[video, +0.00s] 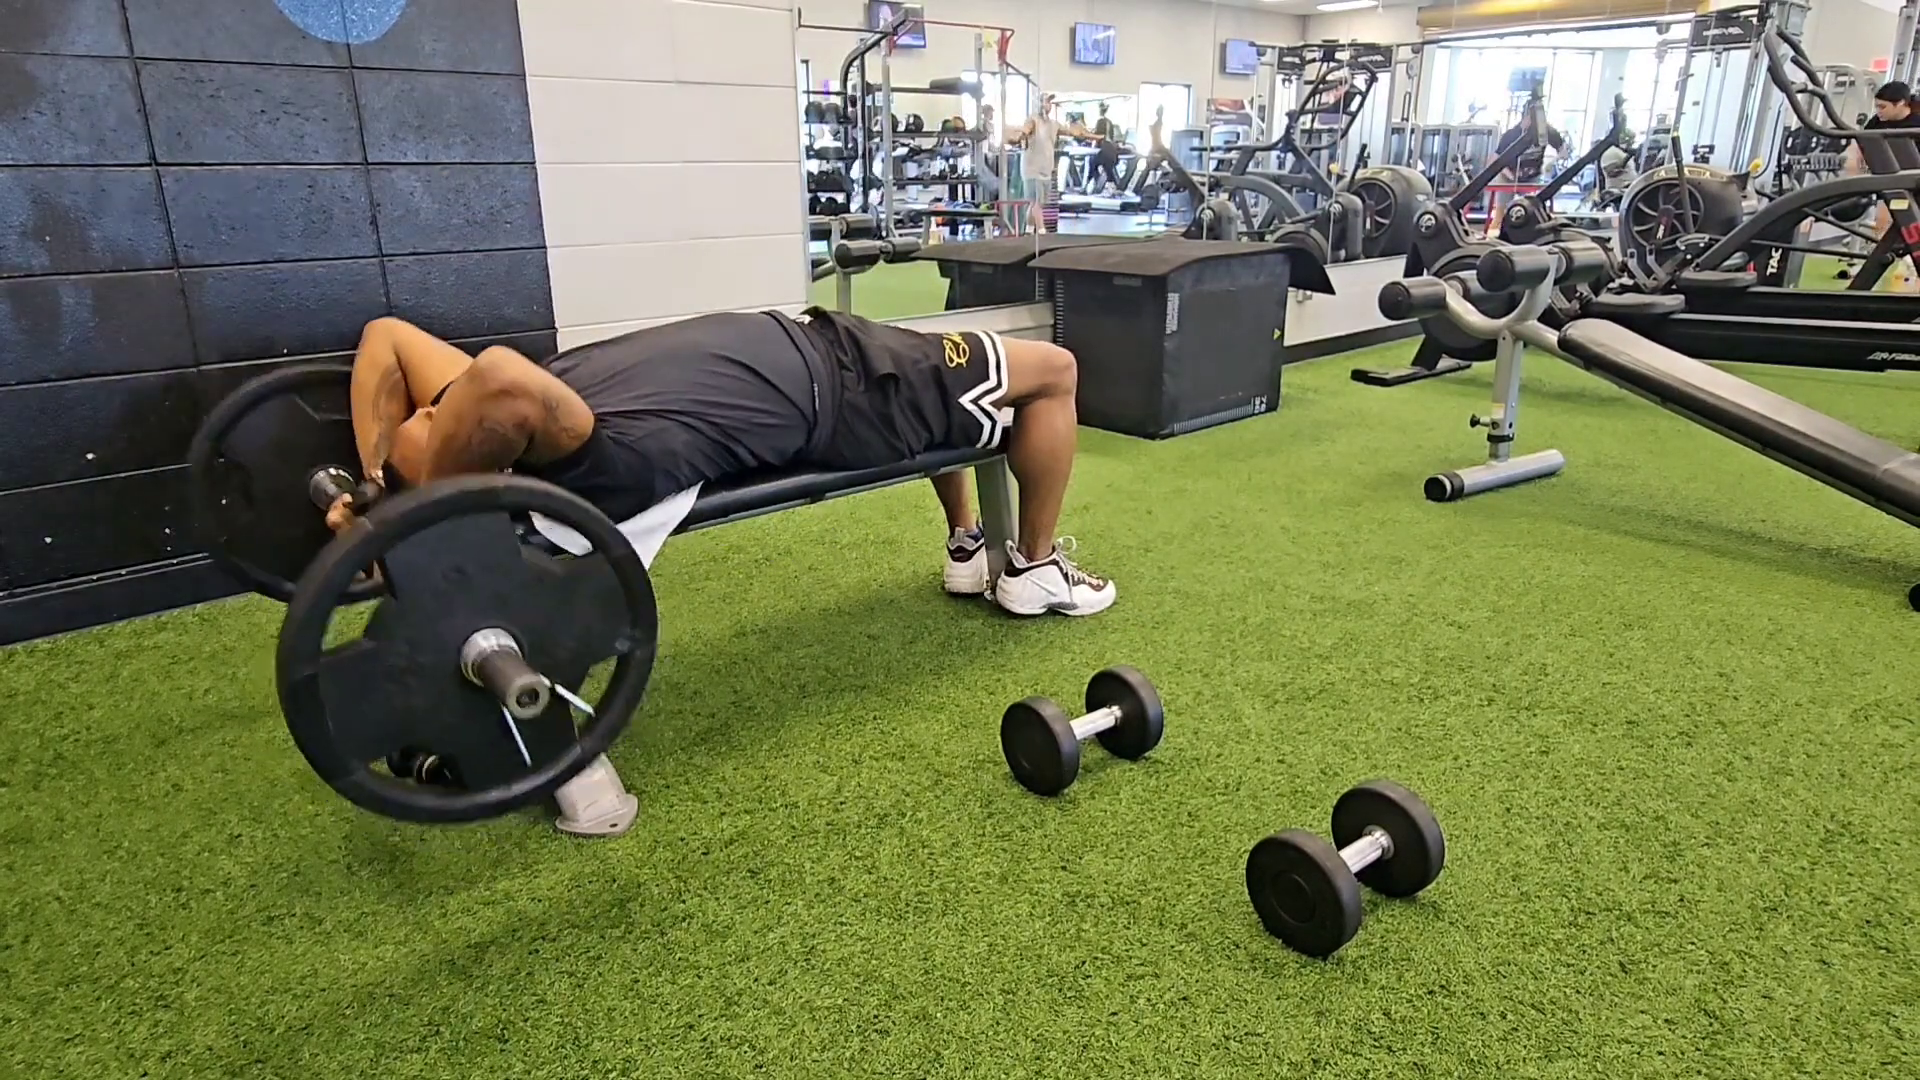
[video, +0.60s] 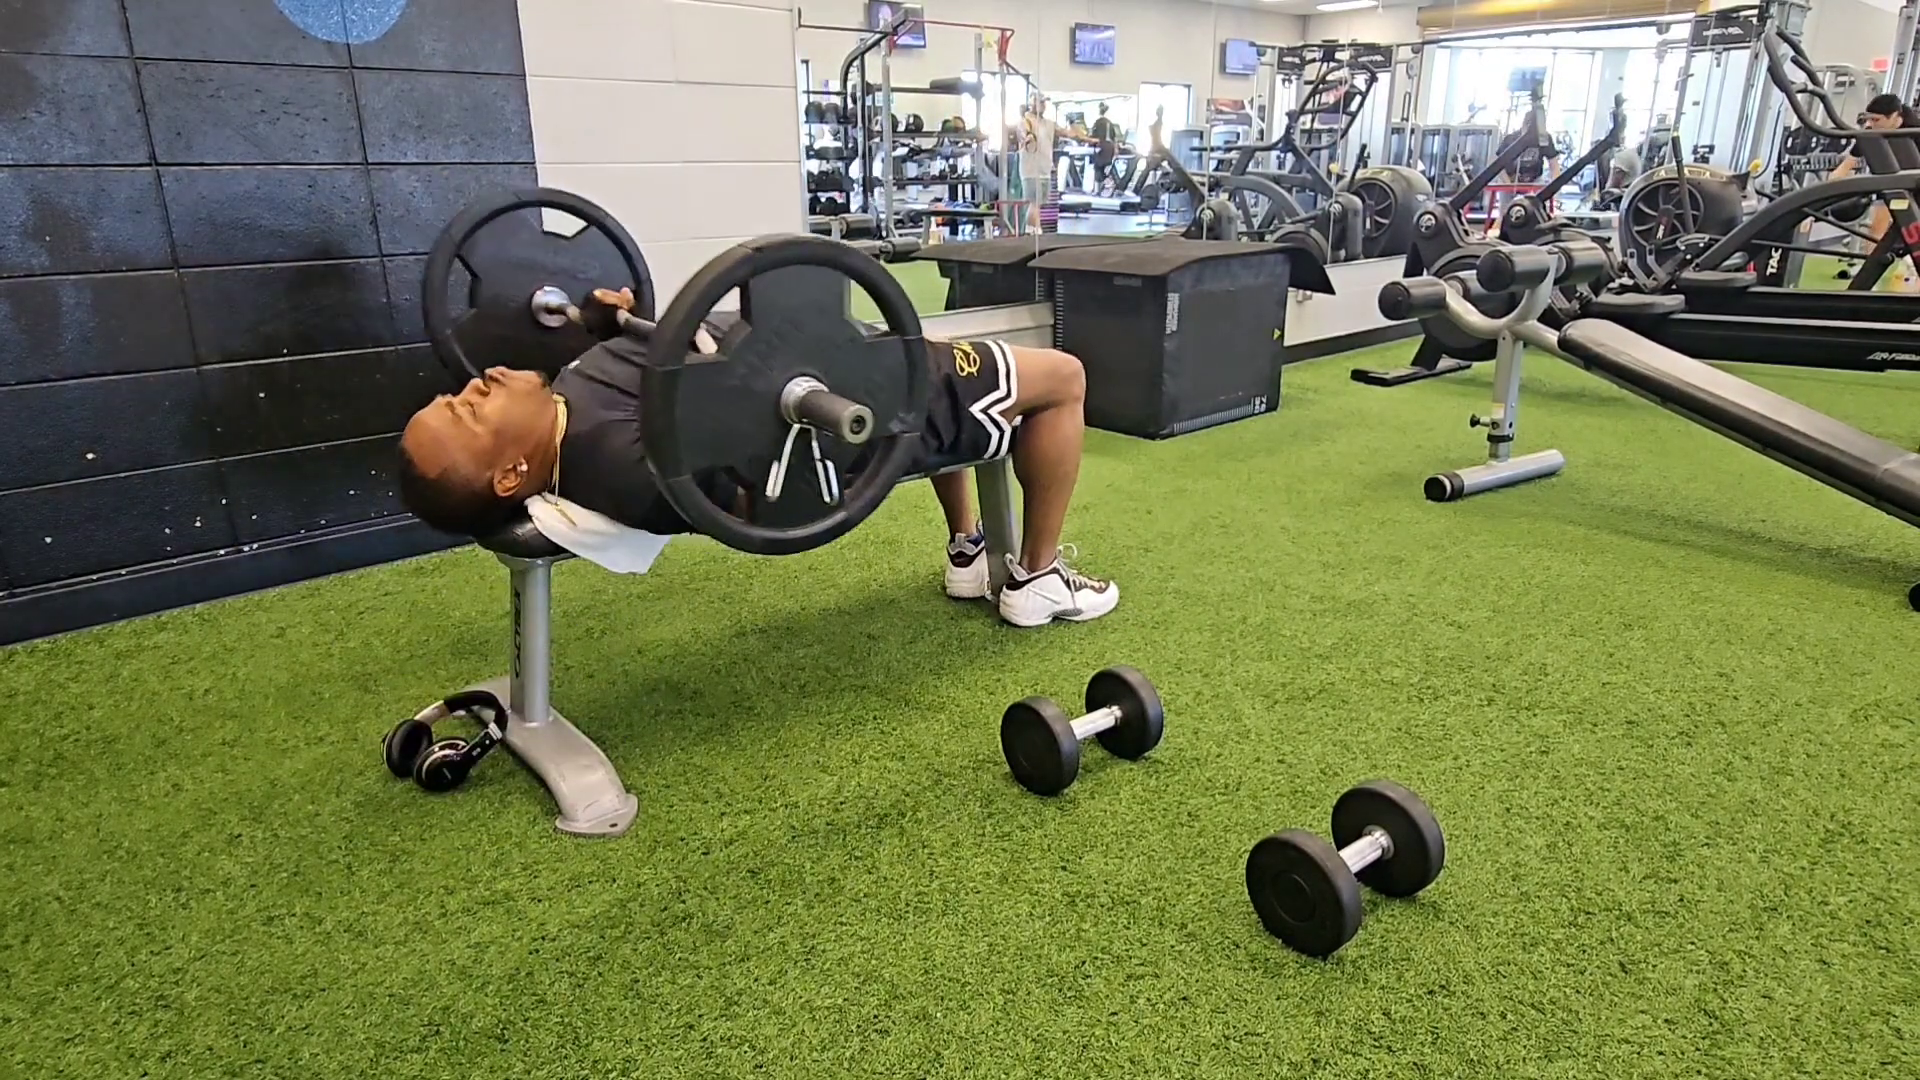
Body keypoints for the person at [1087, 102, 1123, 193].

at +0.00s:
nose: (1100, 110)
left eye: (1101, 108)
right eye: (1101, 108)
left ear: (1100, 109)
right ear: (1106, 110)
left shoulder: (1101, 121)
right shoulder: (1109, 122)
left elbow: (1100, 135)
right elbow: (1111, 136)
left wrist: (1088, 135)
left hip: (1104, 146)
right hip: (1112, 146)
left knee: (1094, 163)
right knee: (1109, 166)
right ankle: (1111, 186)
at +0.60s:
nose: (1100, 110)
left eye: (1100, 109)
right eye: (1101, 109)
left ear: (1100, 110)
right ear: (1106, 110)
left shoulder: (1098, 122)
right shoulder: (1109, 123)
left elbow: (1094, 135)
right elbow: (1113, 135)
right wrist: (1115, 145)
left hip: (1100, 145)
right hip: (1110, 145)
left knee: (1098, 166)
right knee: (1104, 166)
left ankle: (1098, 188)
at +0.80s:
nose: (1103, 106)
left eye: (1104, 104)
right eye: (1102, 104)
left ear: (1103, 106)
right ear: (1106, 106)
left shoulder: (1103, 118)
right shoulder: (1109, 119)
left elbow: (1101, 133)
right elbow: (1112, 133)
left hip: (1108, 145)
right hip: (1114, 145)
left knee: (1107, 166)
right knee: (1093, 159)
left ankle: (1108, 188)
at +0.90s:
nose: (1098, 111)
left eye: (1099, 109)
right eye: (1099, 109)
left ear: (1101, 109)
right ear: (1105, 109)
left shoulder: (1102, 121)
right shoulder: (1109, 121)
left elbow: (1101, 135)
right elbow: (1113, 134)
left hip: (1106, 145)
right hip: (1113, 144)